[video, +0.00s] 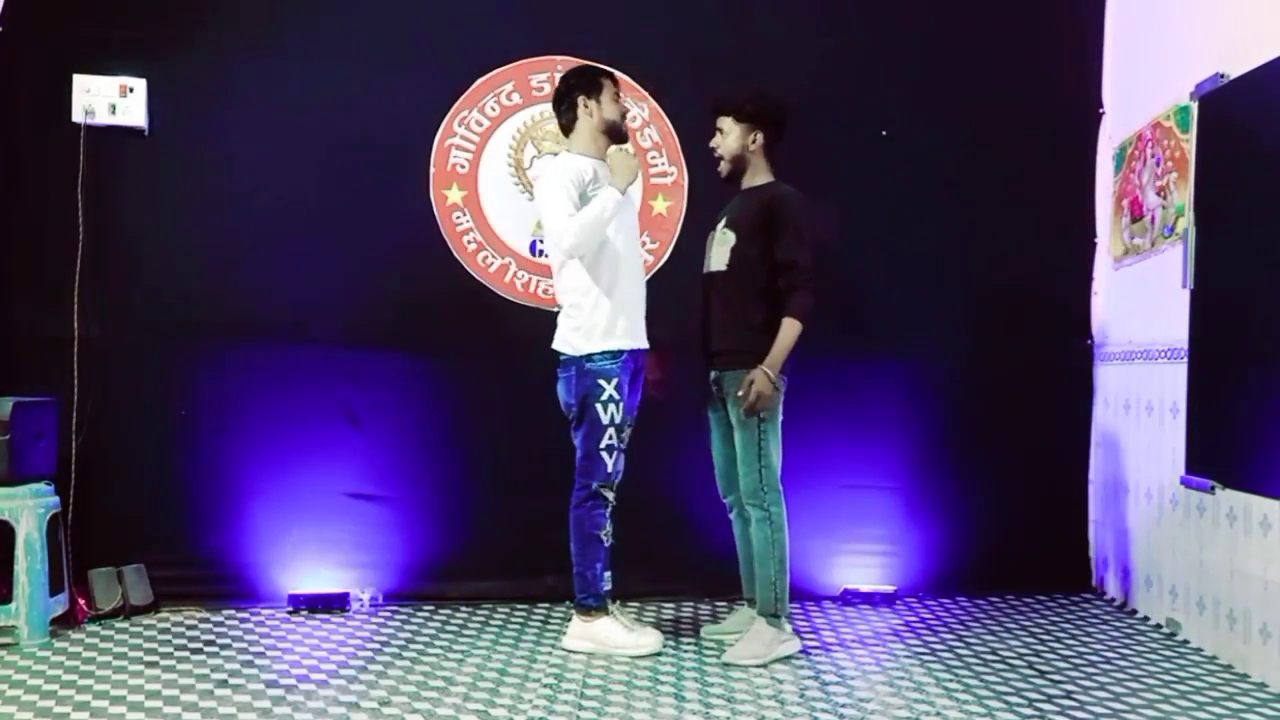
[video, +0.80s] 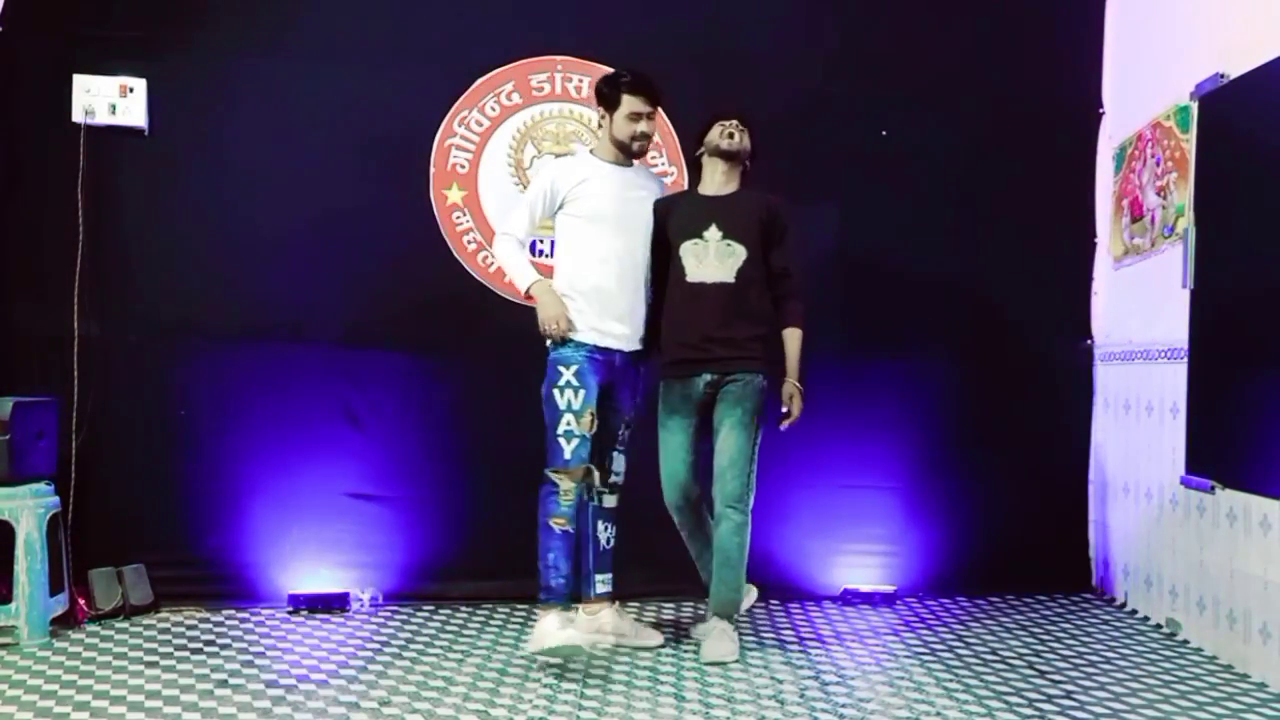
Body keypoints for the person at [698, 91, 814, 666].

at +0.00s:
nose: (714, 142)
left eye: (723, 132)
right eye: (715, 132)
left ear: (755, 137)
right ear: (747, 140)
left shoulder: (781, 203)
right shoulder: (731, 208)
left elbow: (799, 295)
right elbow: (725, 292)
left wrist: (770, 369)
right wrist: (712, 361)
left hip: (755, 370)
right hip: (721, 370)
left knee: (762, 494)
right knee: (736, 495)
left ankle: (776, 623)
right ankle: (755, 607)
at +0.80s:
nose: (731, 130)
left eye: (740, 129)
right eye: (722, 126)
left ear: (749, 154)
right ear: (700, 149)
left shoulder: (766, 210)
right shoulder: (667, 208)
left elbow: (788, 293)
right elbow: (640, 280)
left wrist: (791, 373)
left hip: (744, 369)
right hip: (678, 368)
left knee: (732, 494)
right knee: (677, 494)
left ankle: (720, 620)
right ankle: (732, 590)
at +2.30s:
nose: (743, 171)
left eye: (756, 166)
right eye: (745, 162)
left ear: (786, 180)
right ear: (741, 167)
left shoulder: (786, 257)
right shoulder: (712, 206)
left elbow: (785, 345)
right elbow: (663, 268)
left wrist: (776, 427)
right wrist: (641, 342)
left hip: (743, 358)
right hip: (686, 363)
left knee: (742, 428)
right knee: (702, 490)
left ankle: (773, 503)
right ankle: (734, 604)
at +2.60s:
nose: (739, 157)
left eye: (751, 149)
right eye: (742, 147)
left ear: (783, 160)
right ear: (758, 157)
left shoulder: (801, 238)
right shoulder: (719, 204)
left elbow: (813, 332)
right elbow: (667, 257)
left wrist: (814, 423)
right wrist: (636, 254)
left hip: (765, 380)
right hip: (703, 376)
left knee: (782, 500)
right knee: (708, 503)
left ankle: (801, 621)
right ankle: (733, 608)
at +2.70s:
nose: (739, 152)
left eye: (749, 144)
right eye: (741, 143)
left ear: (781, 153)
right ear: (767, 153)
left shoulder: (811, 233)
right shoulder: (726, 206)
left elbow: (826, 328)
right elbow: (674, 255)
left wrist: (825, 414)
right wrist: (645, 295)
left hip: (777, 381)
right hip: (714, 377)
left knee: (791, 502)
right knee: (708, 500)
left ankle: (802, 621)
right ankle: (734, 607)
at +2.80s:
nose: (739, 145)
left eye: (749, 136)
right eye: (741, 135)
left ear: (783, 144)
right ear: (764, 145)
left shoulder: (821, 222)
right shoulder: (729, 207)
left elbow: (839, 319)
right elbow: (698, 276)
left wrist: (832, 405)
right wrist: (671, 330)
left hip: (786, 378)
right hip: (722, 374)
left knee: (795, 504)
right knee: (715, 501)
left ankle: (802, 622)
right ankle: (735, 607)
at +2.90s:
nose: (737, 145)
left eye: (746, 135)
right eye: (738, 135)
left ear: (777, 141)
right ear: (768, 143)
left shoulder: (824, 217)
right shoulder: (735, 207)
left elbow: (850, 314)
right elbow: (719, 292)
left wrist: (838, 399)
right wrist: (699, 357)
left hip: (793, 377)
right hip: (728, 374)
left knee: (798, 505)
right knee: (723, 499)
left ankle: (802, 622)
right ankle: (736, 606)